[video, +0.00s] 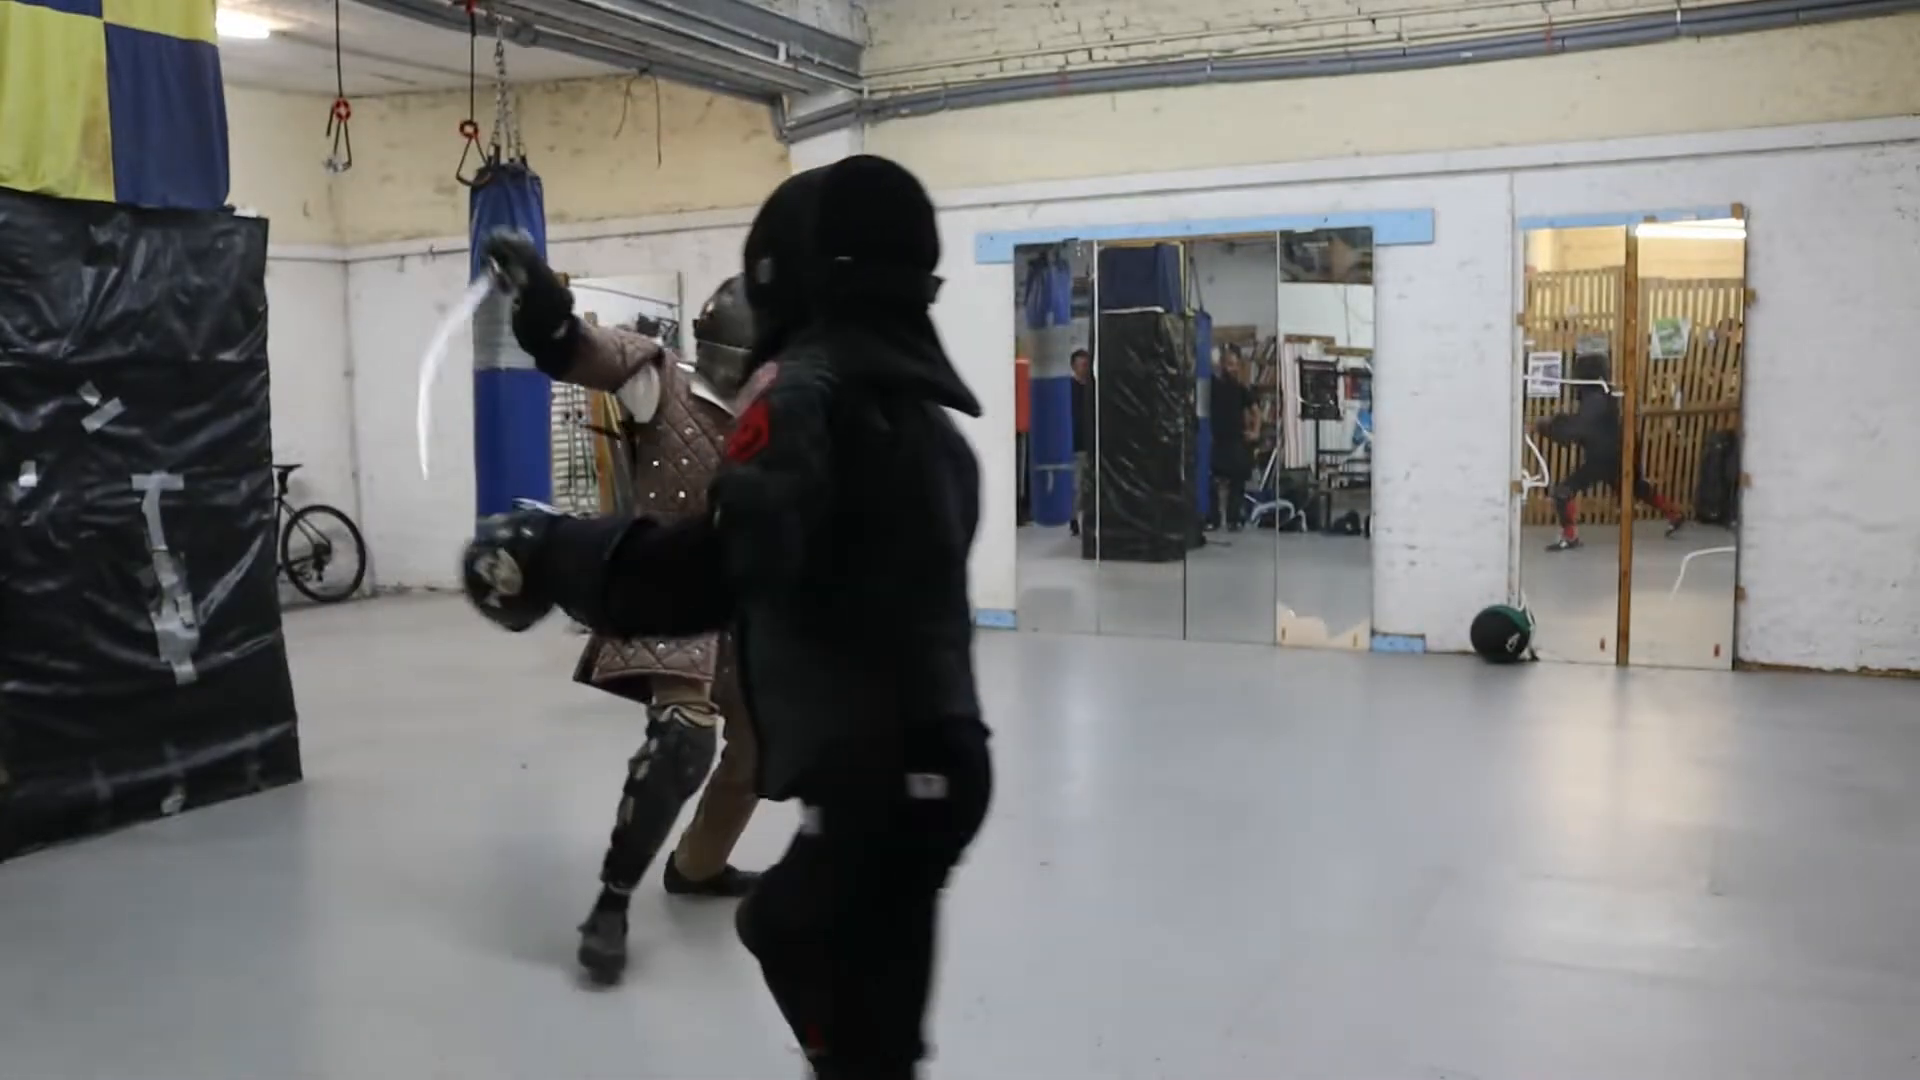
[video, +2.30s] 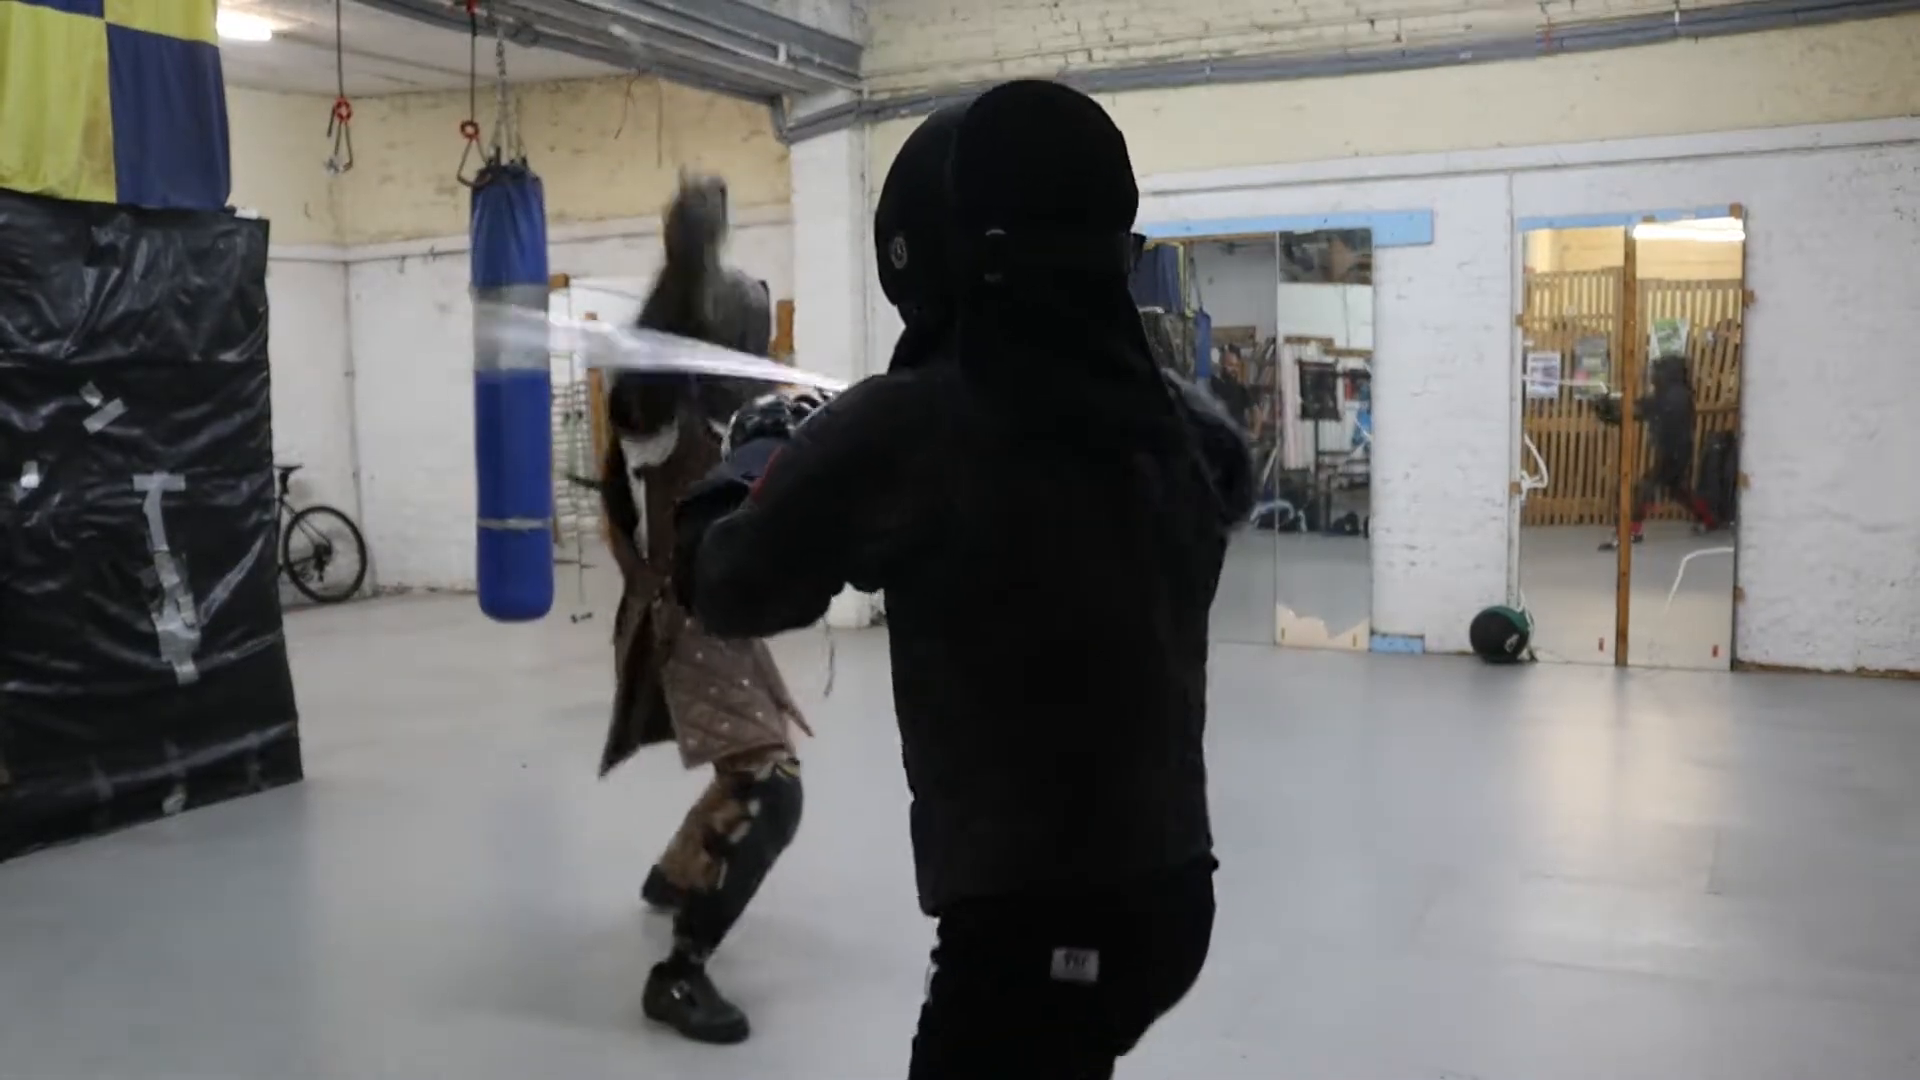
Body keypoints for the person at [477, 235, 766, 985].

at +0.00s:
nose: (738, 340)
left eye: (750, 328)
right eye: (731, 325)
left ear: (769, 340)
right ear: (710, 327)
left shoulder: (775, 405)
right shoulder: (661, 373)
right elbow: (593, 357)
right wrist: (545, 308)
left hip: (750, 603)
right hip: (671, 597)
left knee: (756, 747)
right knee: (684, 742)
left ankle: (700, 865)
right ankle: (612, 905)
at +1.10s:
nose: (695, 352)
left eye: (709, 337)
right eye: (682, 337)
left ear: (728, 326)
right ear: (657, 323)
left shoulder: (746, 378)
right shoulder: (631, 370)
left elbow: (811, 463)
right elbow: (568, 435)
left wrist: (752, 424)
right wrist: (579, 362)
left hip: (730, 551)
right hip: (664, 554)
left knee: (764, 714)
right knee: (712, 719)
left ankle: (714, 846)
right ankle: (679, 884)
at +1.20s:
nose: (701, 361)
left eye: (712, 345)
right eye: (686, 347)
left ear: (728, 329)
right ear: (654, 328)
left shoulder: (745, 377)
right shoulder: (628, 380)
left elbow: (807, 465)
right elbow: (609, 475)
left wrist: (755, 429)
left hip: (729, 552)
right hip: (666, 554)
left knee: (767, 719)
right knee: (715, 721)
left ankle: (716, 847)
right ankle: (678, 889)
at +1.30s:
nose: (702, 369)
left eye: (713, 353)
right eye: (686, 355)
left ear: (726, 337)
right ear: (654, 339)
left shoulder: (742, 385)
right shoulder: (628, 401)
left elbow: (805, 465)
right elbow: (655, 516)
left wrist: (750, 446)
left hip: (731, 567)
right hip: (667, 572)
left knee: (771, 724)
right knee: (711, 732)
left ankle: (717, 846)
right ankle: (675, 901)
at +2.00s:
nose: (716, 353)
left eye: (728, 336)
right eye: (701, 336)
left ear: (741, 325)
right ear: (668, 327)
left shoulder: (746, 388)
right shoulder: (634, 379)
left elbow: (804, 478)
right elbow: (665, 470)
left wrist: (768, 488)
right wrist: (745, 473)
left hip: (730, 578)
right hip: (664, 583)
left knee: (756, 726)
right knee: (717, 741)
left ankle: (715, 847)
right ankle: (670, 908)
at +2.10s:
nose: (715, 317)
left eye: (727, 300)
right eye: (697, 303)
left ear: (746, 303)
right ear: (665, 310)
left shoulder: (755, 388)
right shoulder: (648, 375)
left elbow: (812, 451)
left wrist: (781, 461)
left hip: (736, 574)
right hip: (667, 578)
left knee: (743, 741)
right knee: (746, 749)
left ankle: (683, 862)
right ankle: (667, 889)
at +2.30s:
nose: (761, 363)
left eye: (757, 347)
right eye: (748, 347)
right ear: (718, 360)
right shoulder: (682, 439)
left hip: (711, 623)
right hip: (697, 628)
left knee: (755, 765)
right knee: (773, 795)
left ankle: (679, 876)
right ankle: (682, 969)